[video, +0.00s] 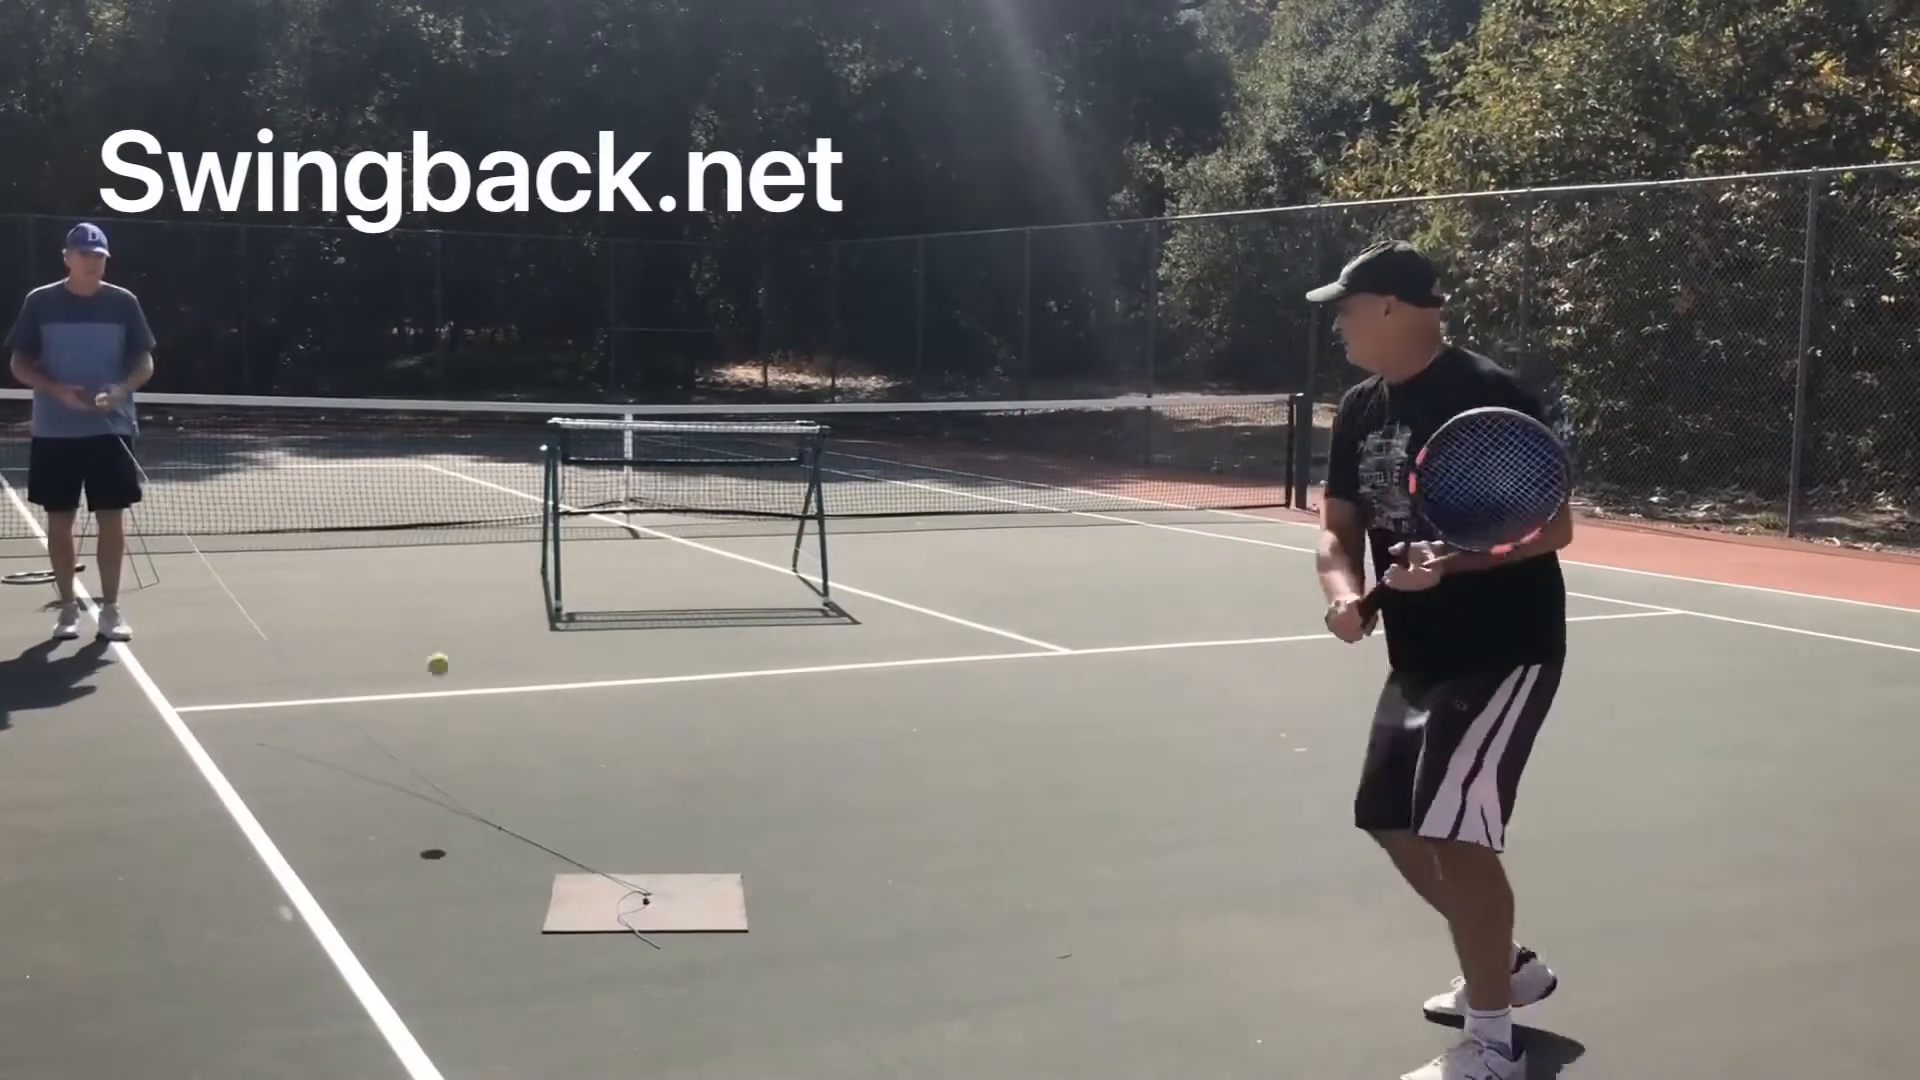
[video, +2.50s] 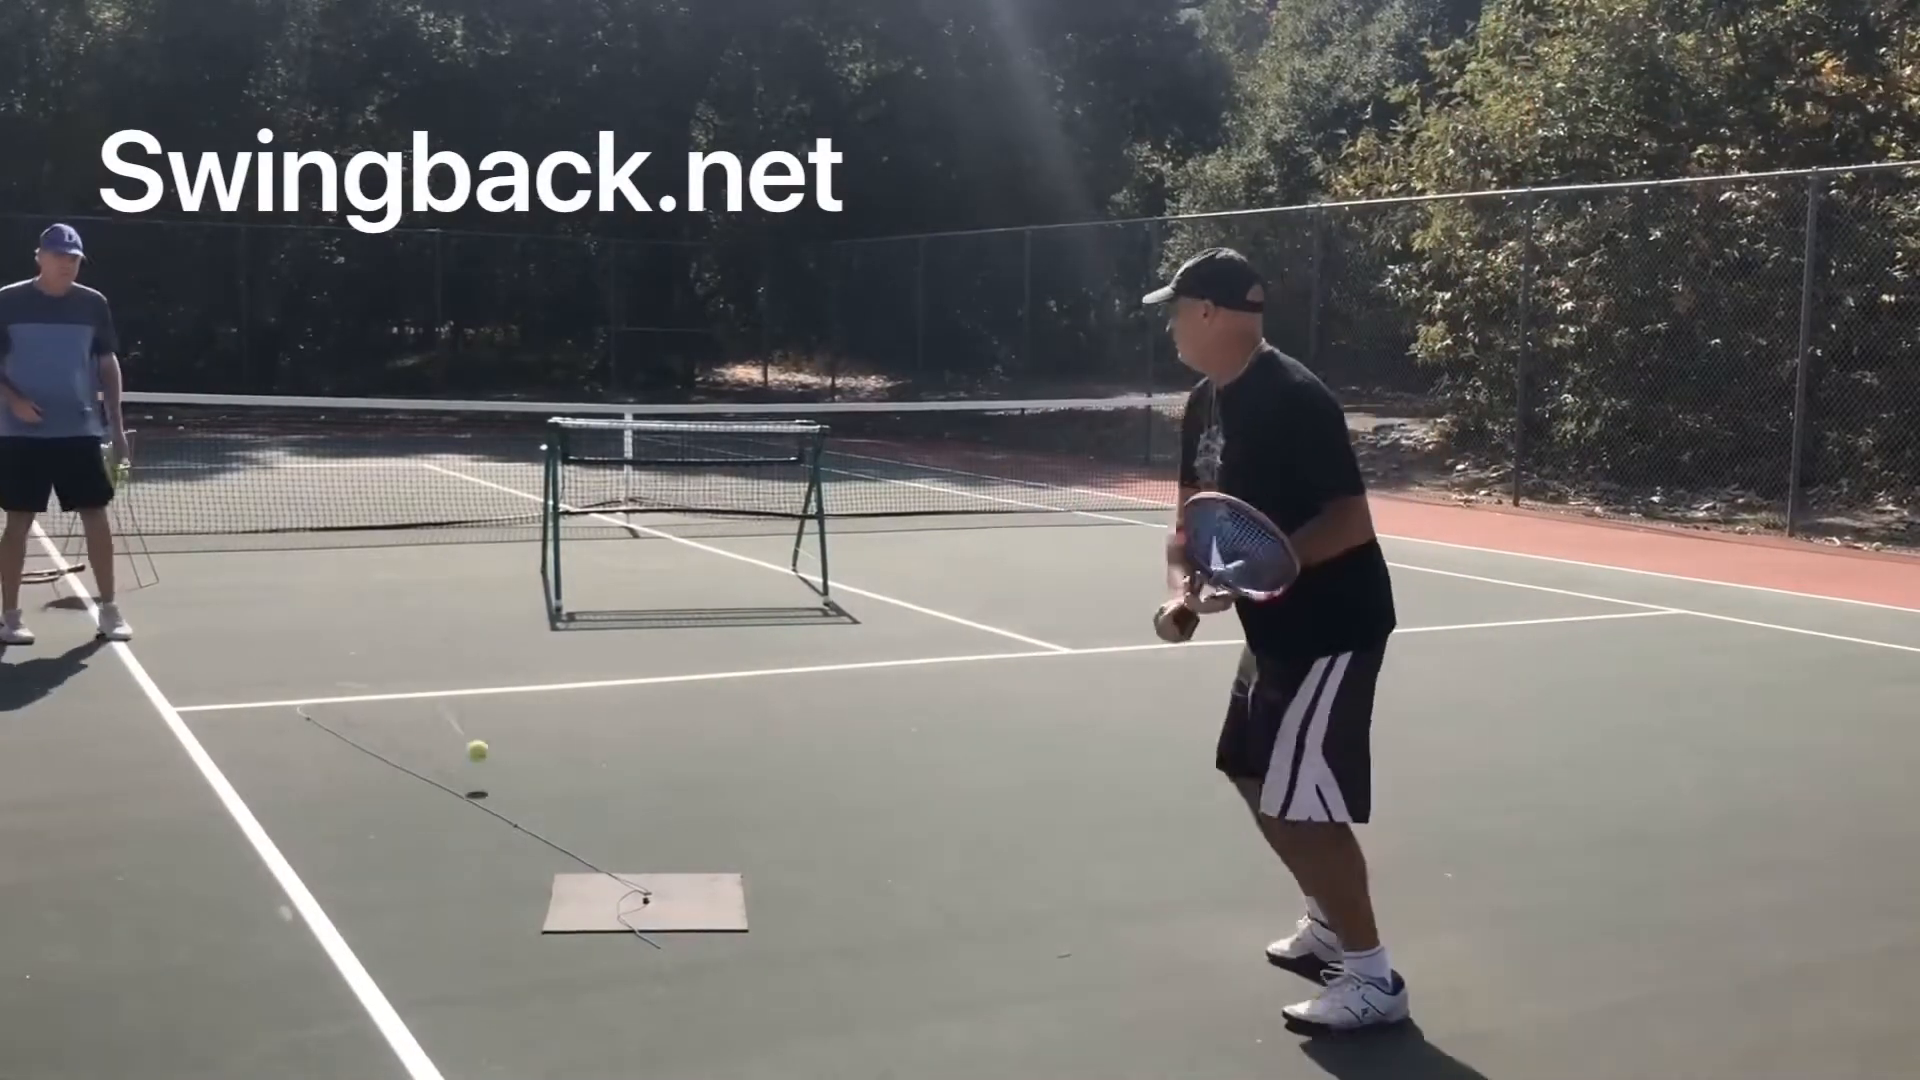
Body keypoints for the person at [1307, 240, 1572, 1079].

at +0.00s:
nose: (1338, 325)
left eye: (1350, 310)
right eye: (1340, 312)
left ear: (1400, 312)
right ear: (1385, 316)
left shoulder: (1501, 399)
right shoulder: (1361, 411)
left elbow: (1552, 528)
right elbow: (1338, 533)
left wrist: (1451, 562)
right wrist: (1344, 589)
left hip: (1507, 651)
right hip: (1421, 654)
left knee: (1455, 826)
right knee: (1392, 816)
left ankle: (1492, 1046)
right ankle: (1509, 968)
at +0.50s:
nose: (1084, 402)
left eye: (1095, 385)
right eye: (1084, 387)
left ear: (1147, 379)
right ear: (1131, 385)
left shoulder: (1252, 443)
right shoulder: (1113, 485)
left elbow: (1322, 556)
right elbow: (1138, 595)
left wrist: (1309, 624)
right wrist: (1189, 674)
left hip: (1291, 687)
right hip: (1195, 684)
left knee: (1304, 875)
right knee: (1081, 785)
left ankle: (1471, 1029)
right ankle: (1035, 968)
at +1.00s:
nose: (1009, 409)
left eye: (1011, 393)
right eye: (1008, 394)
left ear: (1044, 388)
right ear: (1084, 379)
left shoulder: (1060, 497)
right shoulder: (1170, 408)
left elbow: (1080, 655)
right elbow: (1297, 325)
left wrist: (1090, 793)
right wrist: (1408, 260)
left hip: (1202, 687)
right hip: (1236, 652)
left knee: (1131, 875)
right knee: (1081, 794)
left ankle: (1271, 1046)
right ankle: (1036, 966)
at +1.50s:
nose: (1227, 321)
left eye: (1231, 308)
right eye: (1230, 307)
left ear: (1252, 314)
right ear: (1307, 313)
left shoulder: (1235, 418)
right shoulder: (1379, 396)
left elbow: (1221, 567)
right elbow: (1464, 512)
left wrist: (1173, 635)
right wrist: (1440, 545)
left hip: (1293, 668)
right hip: (1391, 656)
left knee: (1262, 850)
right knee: (1382, 815)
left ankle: (1291, 1061)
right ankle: (1480, 989)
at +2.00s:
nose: (1230, 312)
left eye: (1238, 300)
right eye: (1234, 299)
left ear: (1269, 309)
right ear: (1309, 311)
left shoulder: (1259, 403)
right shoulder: (1361, 392)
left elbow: (1260, 544)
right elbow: (1359, 528)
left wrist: (1208, 577)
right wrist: (1259, 584)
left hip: (1298, 646)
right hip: (1379, 642)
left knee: (1214, 785)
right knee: (1354, 800)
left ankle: (1236, 994)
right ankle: (1418, 941)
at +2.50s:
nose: (1171, 326)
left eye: (1181, 312)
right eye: (1174, 313)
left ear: (1223, 317)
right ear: (1217, 319)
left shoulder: (1297, 399)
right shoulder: (1205, 402)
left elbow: (1351, 520)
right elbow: (1194, 514)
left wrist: (1252, 569)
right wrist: (1187, 587)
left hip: (1338, 629)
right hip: (1277, 626)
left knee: (1299, 793)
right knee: (1251, 769)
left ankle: (1373, 977)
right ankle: (1334, 925)